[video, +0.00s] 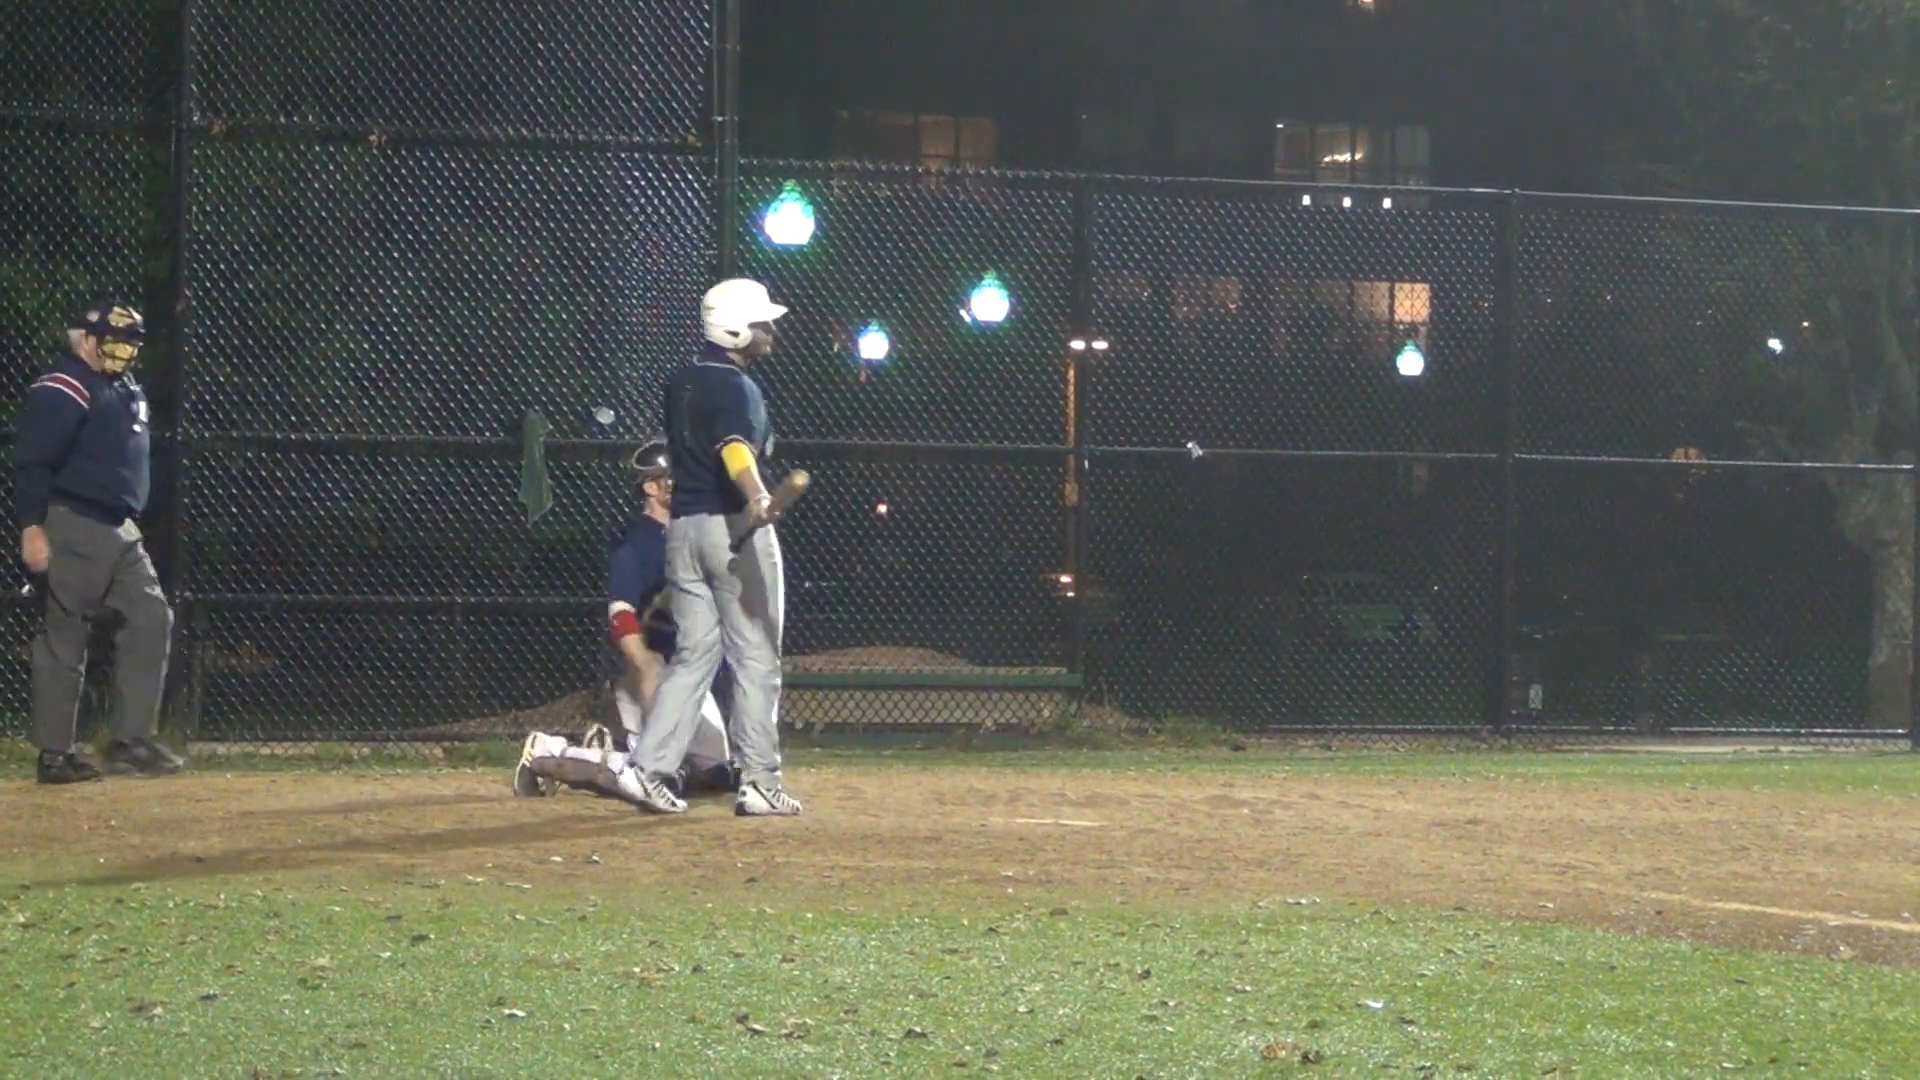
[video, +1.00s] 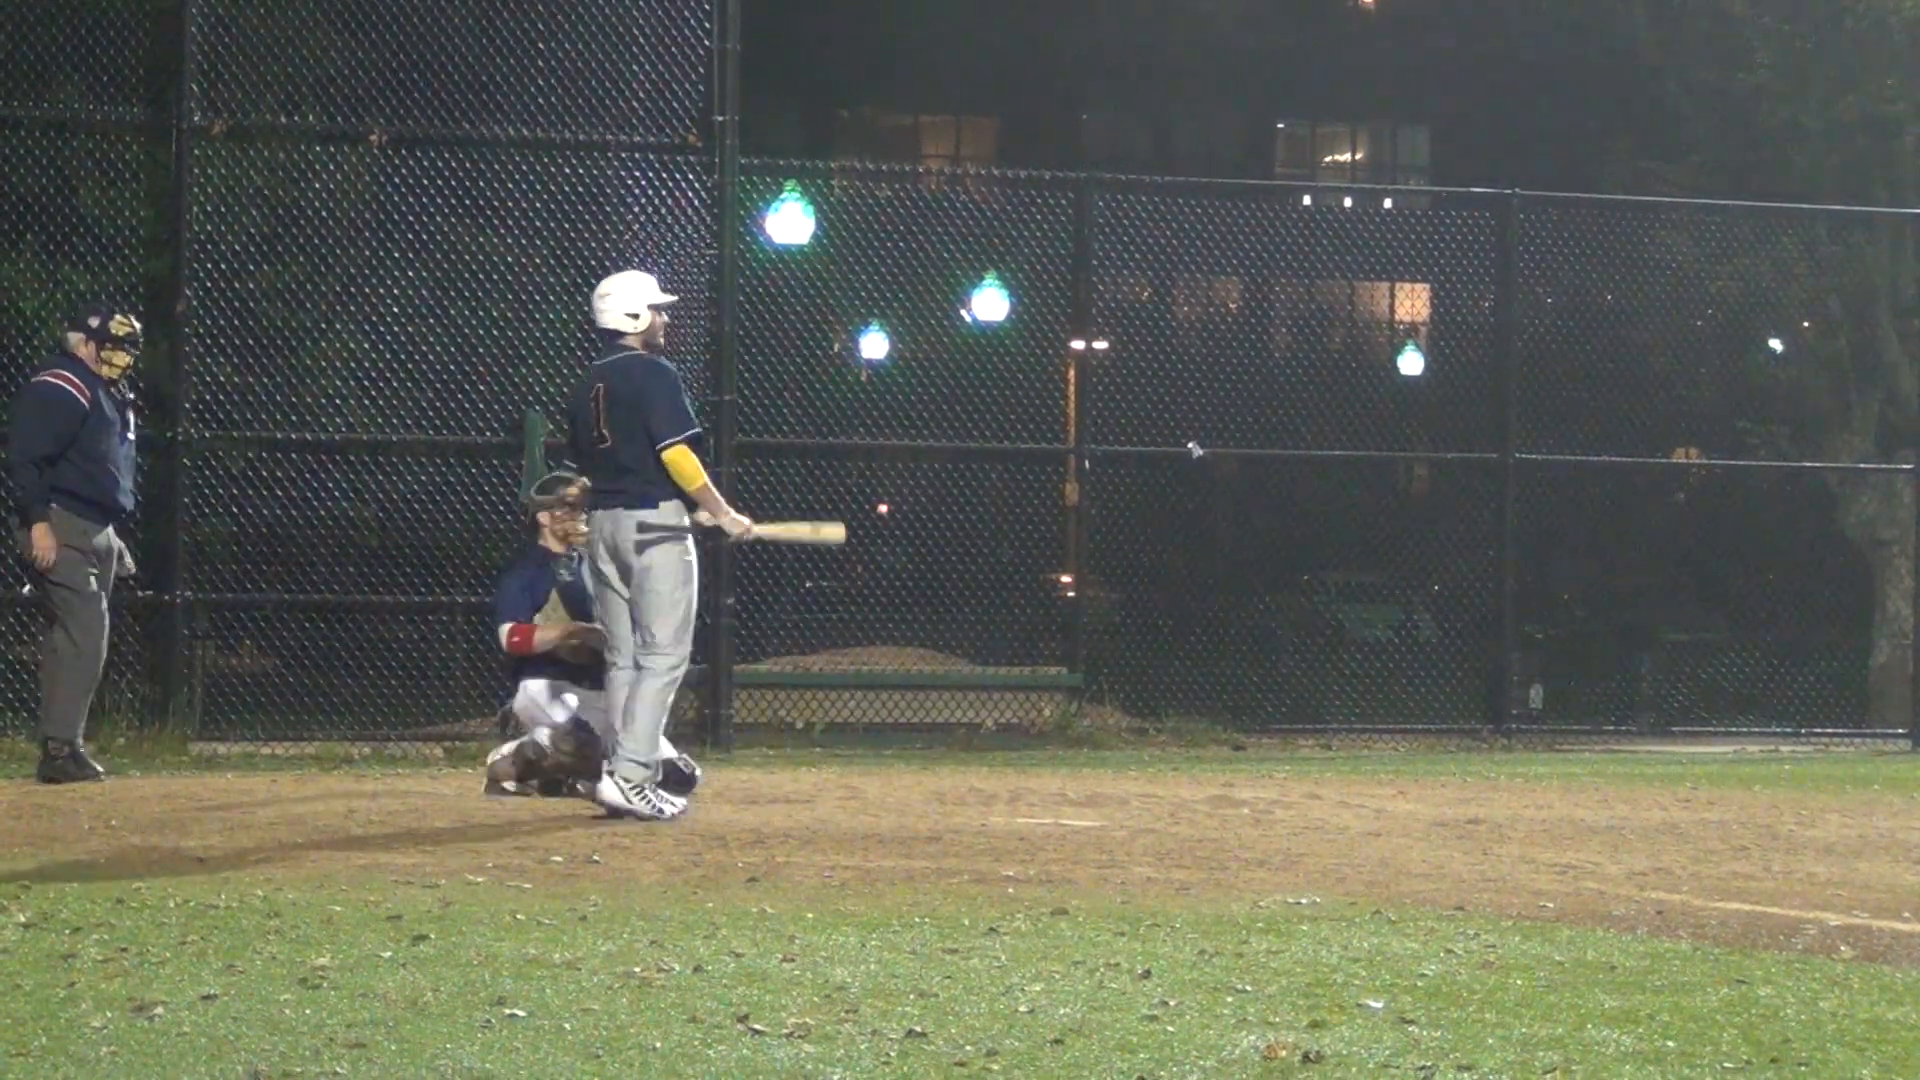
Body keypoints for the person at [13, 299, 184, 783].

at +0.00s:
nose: (119, 351)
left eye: (126, 343)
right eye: (110, 341)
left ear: (134, 347)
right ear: (85, 340)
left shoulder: (127, 389)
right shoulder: (66, 385)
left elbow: (119, 459)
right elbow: (31, 458)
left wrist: (124, 515)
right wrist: (31, 526)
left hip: (119, 528)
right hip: (74, 525)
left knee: (151, 618)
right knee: (65, 633)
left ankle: (133, 740)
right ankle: (57, 753)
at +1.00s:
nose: (121, 356)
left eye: (125, 348)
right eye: (113, 346)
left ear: (125, 351)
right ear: (86, 344)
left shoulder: (110, 393)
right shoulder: (62, 386)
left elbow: (105, 472)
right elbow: (24, 456)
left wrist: (113, 536)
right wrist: (37, 522)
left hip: (98, 531)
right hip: (65, 527)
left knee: (82, 636)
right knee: (82, 635)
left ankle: (64, 744)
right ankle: (60, 747)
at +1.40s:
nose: (117, 354)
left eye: (122, 346)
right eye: (108, 344)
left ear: (126, 347)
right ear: (82, 343)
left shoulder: (113, 390)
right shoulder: (59, 388)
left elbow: (111, 459)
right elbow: (25, 462)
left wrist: (117, 513)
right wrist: (65, 508)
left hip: (106, 527)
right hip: (60, 526)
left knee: (86, 632)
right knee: (84, 632)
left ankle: (63, 745)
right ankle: (70, 748)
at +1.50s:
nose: (113, 354)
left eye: (119, 346)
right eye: (105, 345)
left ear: (123, 348)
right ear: (80, 343)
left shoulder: (116, 390)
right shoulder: (57, 386)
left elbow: (123, 449)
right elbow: (36, 457)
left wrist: (129, 475)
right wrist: (99, 470)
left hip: (106, 525)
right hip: (65, 521)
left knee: (96, 635)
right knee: (78, 635)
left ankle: (69, 744)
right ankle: (69, 748)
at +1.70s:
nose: (109, 354)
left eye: (113, 346)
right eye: (100, 345)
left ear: (116, 350)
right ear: (72, 343)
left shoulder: (102, 389)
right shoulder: (55, 385)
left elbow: (113, 457)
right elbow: (57, 445)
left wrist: (121, 403)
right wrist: (109, 403)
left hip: (111, 524)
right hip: (64, 523)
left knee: (145, 623)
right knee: (73, 633)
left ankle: (94, 735)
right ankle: (71, 752)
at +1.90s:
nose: (120, 355)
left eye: (123, 346)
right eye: (109, 346)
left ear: (123, 350)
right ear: (79, 346)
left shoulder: (115, 396)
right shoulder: (58, 384)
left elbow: (131, 461)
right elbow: (77, 435)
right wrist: (112, 389)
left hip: (115, 524)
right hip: (65, 522)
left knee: (147, 618)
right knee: (73, 631)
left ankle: (150, 741)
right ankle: (72, 753)